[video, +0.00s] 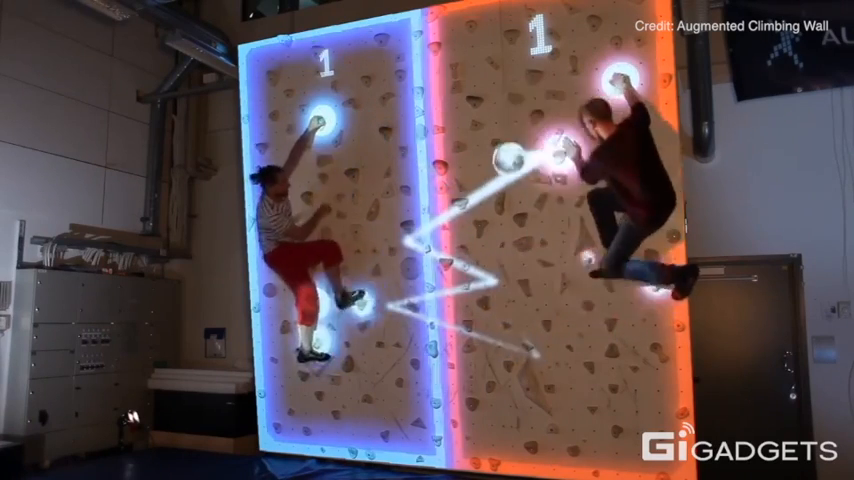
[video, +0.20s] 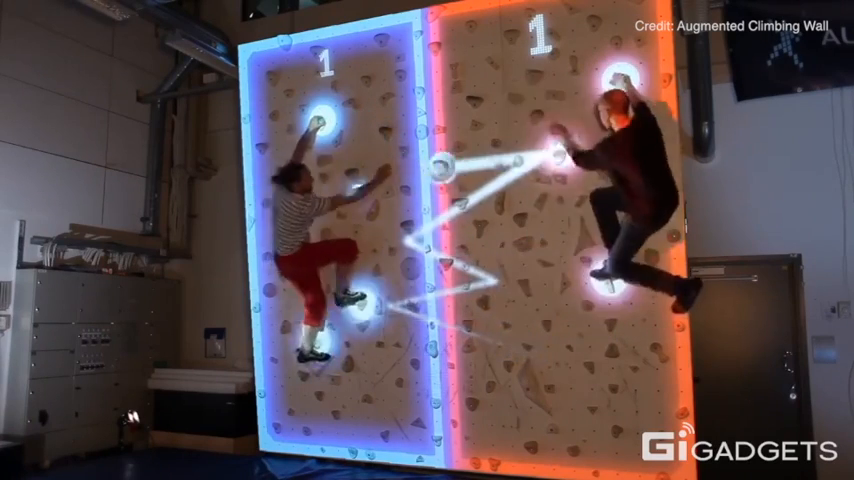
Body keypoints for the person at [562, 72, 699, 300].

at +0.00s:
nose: (588, 129)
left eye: (587, 124)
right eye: (586, 125)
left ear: (593, 123)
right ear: (609, 114)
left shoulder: (604, 154)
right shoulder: (636, 124)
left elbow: (588, 176)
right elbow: (640, 109)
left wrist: (575, 158)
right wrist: (628, 89)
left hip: (648, 212)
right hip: (665, 195)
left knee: (612, 266)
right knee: (597, 198)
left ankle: (680, 275)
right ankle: (614, 257)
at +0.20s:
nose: (602, 117)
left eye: (603, 112)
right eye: (602, 112)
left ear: (608, 116)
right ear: (627, 109)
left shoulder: (614, 146)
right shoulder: (646, 123)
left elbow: (581, 160)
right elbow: (640, 106)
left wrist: (565, 139)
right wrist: (631, 91)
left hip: (649, 211)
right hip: (666, 197)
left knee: (617, 265)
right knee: (600, 198)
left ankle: (683, 288)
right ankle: (615, 264)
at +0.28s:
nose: (590, 111)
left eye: (591, 106)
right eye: (590, 106)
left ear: (602, 107)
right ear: (617, 103)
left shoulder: (605, 135)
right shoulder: (638, 118)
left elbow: (573, 141)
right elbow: (634, 104)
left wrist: (549, 121)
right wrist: (627, 86)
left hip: (637, 206)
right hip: (655, 194)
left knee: (618, 265)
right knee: (595, 199)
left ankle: (682, 298)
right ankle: (614, 263)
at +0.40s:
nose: (570, 107)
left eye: (571, 103)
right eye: (572, 102)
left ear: (577, 104)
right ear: (596, 99)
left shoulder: (576, 133)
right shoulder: (616, 115)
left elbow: (554, 144)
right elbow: (632, 111)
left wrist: (542, 124)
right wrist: (625, 91)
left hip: (620, 202)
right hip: (641, 190)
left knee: (604, 257)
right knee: (588, 200)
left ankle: (645, 312)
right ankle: (611, 258)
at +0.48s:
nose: (562, 111)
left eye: (564, 106)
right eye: (565, 106)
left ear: (571, 108)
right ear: (588, 101)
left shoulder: (570, 139)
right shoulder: (610, 118)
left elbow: (560, 174)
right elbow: (629, 116)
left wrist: (550, 146)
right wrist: (626, 93)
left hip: (612, 205)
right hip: (637, 194)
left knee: (593, 259)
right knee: (587, 200)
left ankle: (627, 317)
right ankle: (616, 259)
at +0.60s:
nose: (560, 133)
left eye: (559, 128)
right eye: (560, 127)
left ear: (565, 128)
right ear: (581, 117)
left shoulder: (576, 160)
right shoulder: (607, 129)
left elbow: (585, 199)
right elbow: (628, 117)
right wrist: (625, 92)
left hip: (620, 217)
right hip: (644, 199)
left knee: (597, 265)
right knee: (605, 223)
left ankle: (645, 315)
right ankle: (618, 262)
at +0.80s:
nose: (588, 139)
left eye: (587, 134)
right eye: (586, 134)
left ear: (593, 132)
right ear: (611, 122)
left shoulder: (601, 166)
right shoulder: (636, 135)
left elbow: (590, 197)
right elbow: (635, 110)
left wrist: (571, 188)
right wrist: (626, 89)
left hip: (641, 226)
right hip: (665, 211)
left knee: (610, 277)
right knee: (606, 200)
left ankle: (669, 316)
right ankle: (618, 261)